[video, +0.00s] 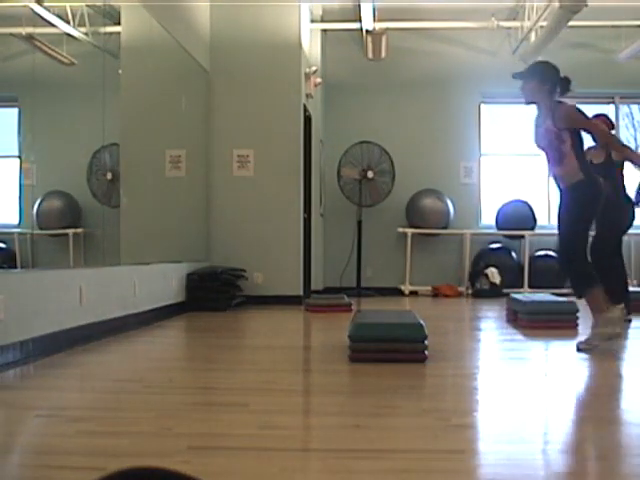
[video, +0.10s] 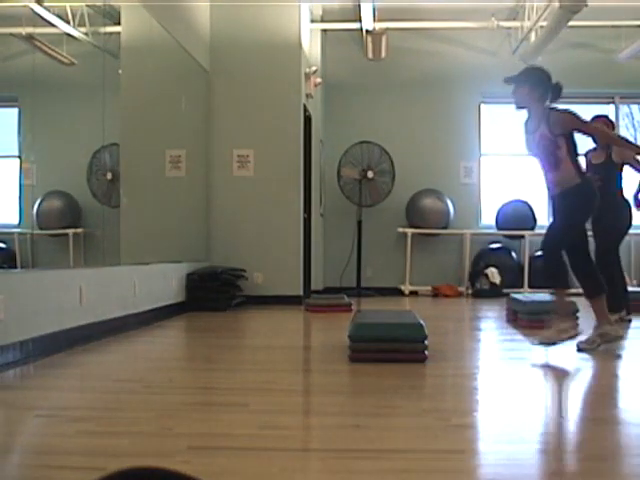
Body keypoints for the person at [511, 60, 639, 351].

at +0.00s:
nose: (522, 86)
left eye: (526, 82)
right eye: (523, 82)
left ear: (544, 86)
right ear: (539, 87)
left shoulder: (563, 112)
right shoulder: (540, 116)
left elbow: (600, 131)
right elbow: (552, 148)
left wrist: (626, 154)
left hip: (582, 189)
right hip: (568, 191)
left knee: (571, 255)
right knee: (570, 255)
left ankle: (603, 318)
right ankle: (606, 316)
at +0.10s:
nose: (514, 91)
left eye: (519, 86)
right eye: (515, 86)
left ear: (535, 91)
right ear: (527, 93)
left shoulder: (560, 118)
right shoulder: (529, 124)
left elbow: (599, 132)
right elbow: (546, 159)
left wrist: (631, 147)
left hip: (578, 194)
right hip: (560, 199)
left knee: (550, 249)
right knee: (580, 259)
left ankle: (564, 318)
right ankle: (605, 325)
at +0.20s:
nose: (507, 100)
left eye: (513, 95)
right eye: (509, 95)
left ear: (529, 98)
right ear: (522, 100)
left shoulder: (554, 129)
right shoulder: (520, 136)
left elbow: (593, 150)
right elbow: (536, 170)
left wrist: (613, 155)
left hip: (567, 207)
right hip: (548, 210)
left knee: (537, 257)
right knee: (575, 266)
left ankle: (534, 333)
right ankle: (607, 327)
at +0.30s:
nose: (500, 95)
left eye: (505, 90)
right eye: (500, 90)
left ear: (521, 92)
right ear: (512, 94)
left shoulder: (539, 123)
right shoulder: (511, 128)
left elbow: (563, 153)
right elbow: (514, 164)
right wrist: (510, 194)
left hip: (551, 201)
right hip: (532, 203)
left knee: (532, 262)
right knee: (544, 263)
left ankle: (534, 336)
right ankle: (595, 314)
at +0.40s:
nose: (489, 82)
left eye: (493, 76)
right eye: (489, 76)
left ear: (509, 77)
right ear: (500, 80)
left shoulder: (527, 110)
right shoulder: (499, 116)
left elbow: (538, 151)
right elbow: (479, 150)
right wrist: (452, 184)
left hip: (545, 188)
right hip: (522, 190)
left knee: (534, 255)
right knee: (503, 251)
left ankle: (535, 333)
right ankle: (537, 292)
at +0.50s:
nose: (471, 83)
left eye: (475, 76)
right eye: (470, 77)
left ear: (493, 75)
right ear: (487, 77)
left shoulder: (508, 106)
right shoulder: (487, 112)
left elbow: (466, 134)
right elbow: (460, 135)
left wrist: (428, 139)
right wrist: (424, 139)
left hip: (536, 186)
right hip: (516, 186)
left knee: (533, 254)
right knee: (472, 224)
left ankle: (533, 330)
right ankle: (474, 301)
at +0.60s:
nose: (454, 90)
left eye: (458, 84)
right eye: (454, 84)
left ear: (476, 82)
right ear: (474, 84)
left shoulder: (494, 110)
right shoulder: (482, 111)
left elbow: (450, 122)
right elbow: (447, 122)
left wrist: (404, 110)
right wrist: (420, 100)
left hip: (522, 193)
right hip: (499, 193)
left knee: (530, 264)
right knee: (445, 228)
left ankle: (533, 337)